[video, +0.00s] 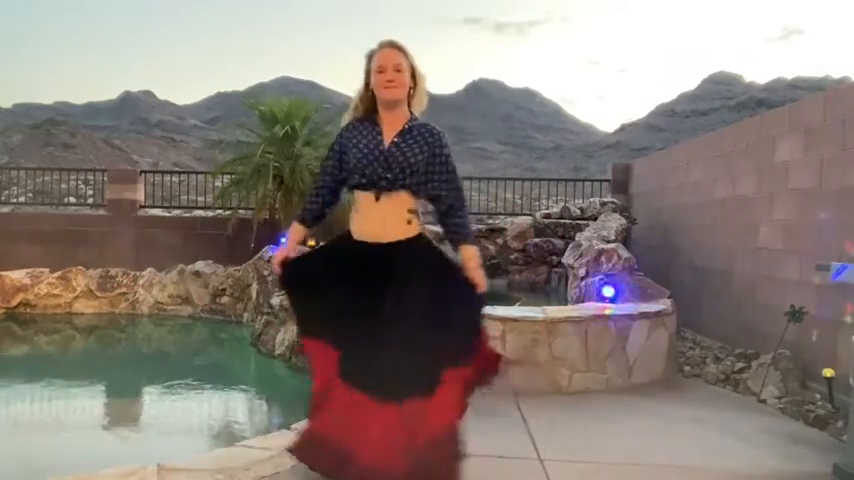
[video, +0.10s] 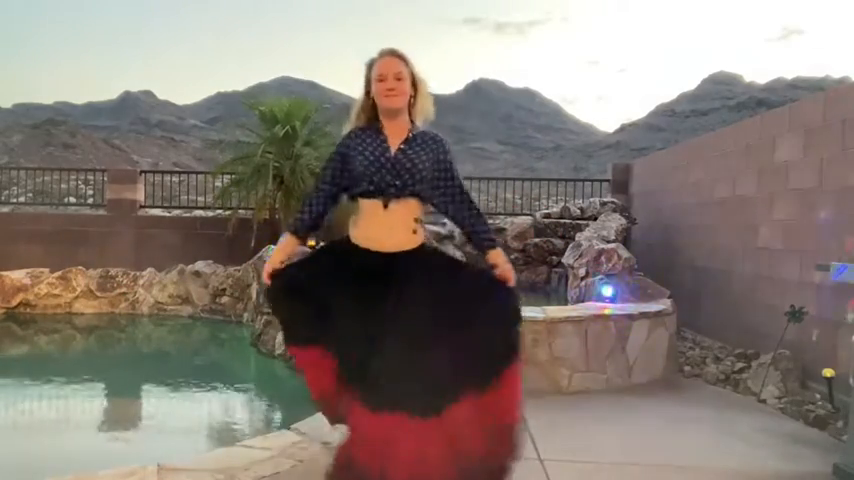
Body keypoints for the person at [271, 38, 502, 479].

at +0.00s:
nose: (390, 77)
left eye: (398, 70)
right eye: (381, 71)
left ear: (411, 79)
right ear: (369, 80)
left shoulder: (428, 137)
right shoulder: (352, 134)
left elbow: (451, 201)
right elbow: (324, 191)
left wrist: (471, 263)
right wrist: (292, 241)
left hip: (411, 258)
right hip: (354, 257)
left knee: (415, 365)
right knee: (354, 364)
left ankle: (417, 460)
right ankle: (357, 459)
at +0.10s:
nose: (390, 86)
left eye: (399, 79)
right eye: (381, 80)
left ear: (412, 87)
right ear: (370, 90)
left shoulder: (430, 144)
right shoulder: (354, 142)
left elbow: (457, 201)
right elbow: (322, 196)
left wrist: (494, 252)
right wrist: (285, 247)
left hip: (417, 265)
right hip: (358, 266)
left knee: (421, 374)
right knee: (364, 371)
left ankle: (425, 463)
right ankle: (374, 458)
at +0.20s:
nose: (389, 92)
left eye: (397, 85)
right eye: (380, 86)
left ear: (410, 95)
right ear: (368, 98)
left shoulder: (425, 151)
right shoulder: (353, 151)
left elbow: (454, 206)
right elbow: (318, 207)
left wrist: (498, 250)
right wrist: (283, 257)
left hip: (422, 270)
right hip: (362, 270)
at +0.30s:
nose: (388, 89)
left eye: (396, 82)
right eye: (379, 83)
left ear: (409, 92)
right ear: (365, 96)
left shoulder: (417, 149)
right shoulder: (356, 149)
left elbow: (435, 207)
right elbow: (322, 218)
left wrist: (475, 238)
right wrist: (283, 287)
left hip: (419, 272)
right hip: (371, 273)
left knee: (426, 384)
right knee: (356, 388)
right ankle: (329, 465)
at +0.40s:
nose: (395, 80)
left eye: (400, 73)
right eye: (383, 76)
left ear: (411, 83)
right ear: (367, 91)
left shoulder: (398, 136)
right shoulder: (374, 138)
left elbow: (395, 213)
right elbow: (352, 215)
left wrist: (434, 236)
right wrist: (327, 288)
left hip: (407, 270)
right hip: (384, 276)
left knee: (404, 387)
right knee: (384, 392)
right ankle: (381, 468)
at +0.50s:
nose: (415, 74)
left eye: (415, 64)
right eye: (404, 67)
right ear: (376, 79)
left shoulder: (376, 124)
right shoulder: (394, 128)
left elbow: (357, 197)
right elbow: (409, 198)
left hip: (380, 248)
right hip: (398, 252)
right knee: (411, 357)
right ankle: (404, 458)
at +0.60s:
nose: (426, 75)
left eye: (423, 66)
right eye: (421, 66)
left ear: (374, 75)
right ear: (405, 74)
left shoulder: (357, 131)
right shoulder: (422, 127)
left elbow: (327, 173)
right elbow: (458, 188)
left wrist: (293, 205)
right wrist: (492, 248)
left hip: (366, 252)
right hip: (412, 252)